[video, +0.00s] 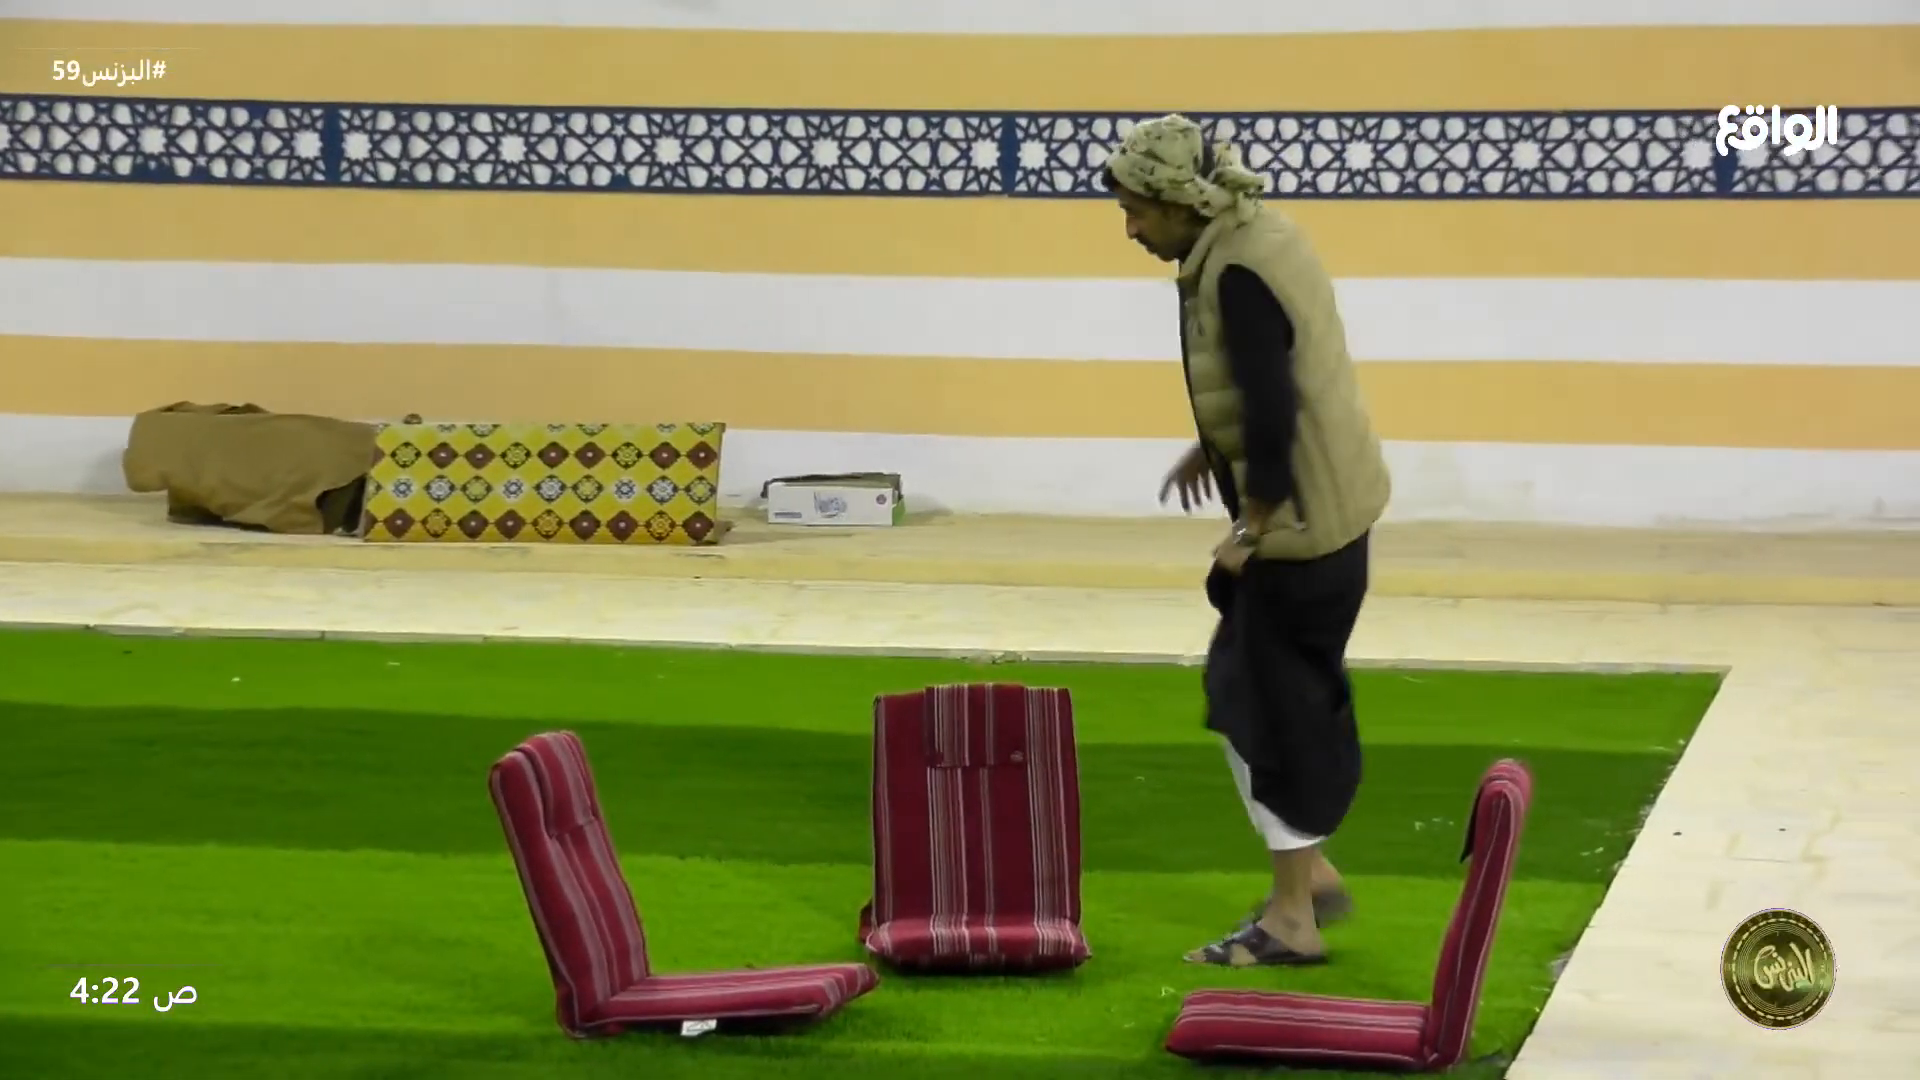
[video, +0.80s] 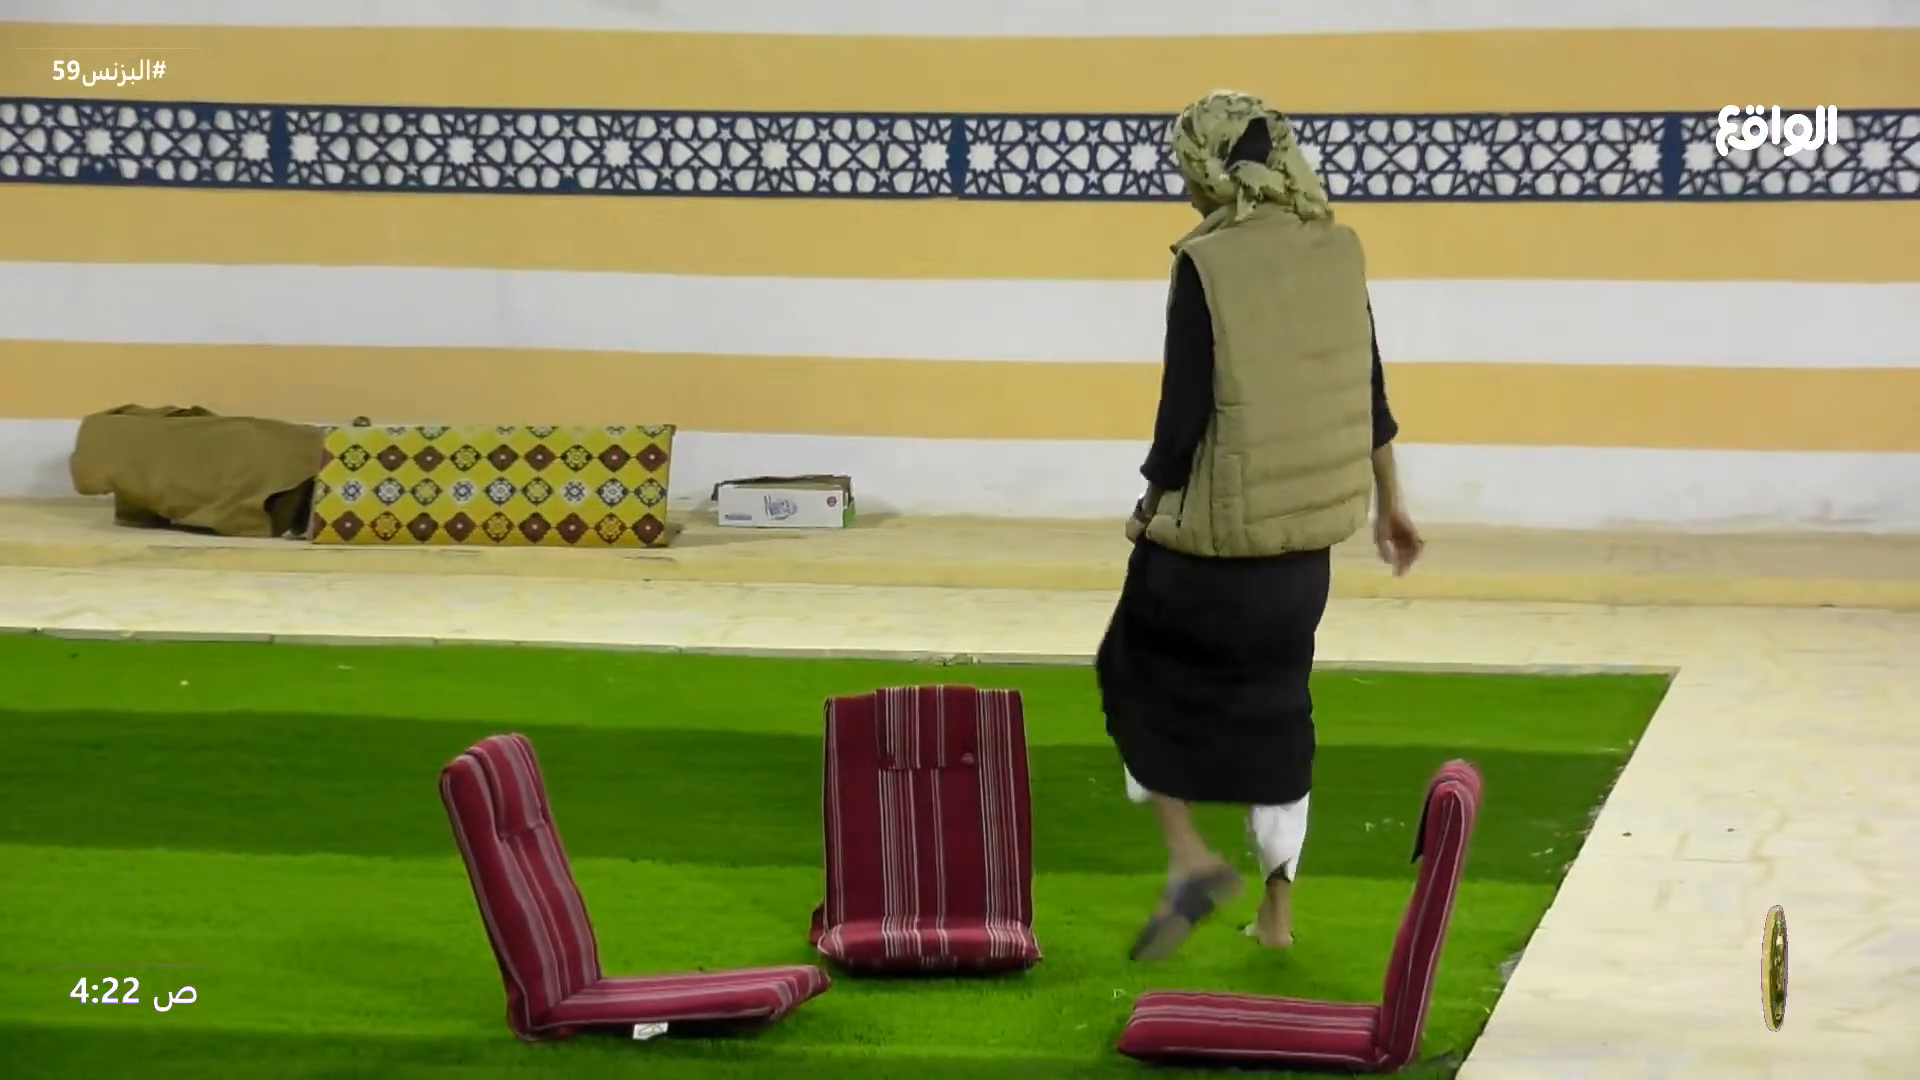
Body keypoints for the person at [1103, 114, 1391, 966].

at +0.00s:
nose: (1130, 230)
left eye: (1134, 213)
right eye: (1126, 215)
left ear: (1177, 198)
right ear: (1187, 196)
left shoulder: (1236, 271)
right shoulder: (1253, 239)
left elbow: (1272, 402)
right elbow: (1265, 374)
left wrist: (1252, 523)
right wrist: (1215, 443)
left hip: (1304, 534)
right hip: (1312, 515)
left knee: (1267, 706)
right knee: (1239, 686)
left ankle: (1292, 917)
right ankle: (1310, 873)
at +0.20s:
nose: (1128, 200)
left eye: (1128, 184)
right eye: (1123, 185)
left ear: (1160, 179)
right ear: (1210, 157)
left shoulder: (1196, 262)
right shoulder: (1284, 221)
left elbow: (1205, 409)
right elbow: (1290, 353)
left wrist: (1193, 504)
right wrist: (1199, 412)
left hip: (1252, 511)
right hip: (1322, 483)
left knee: (1253, 696)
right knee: (1241, 643)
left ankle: (1270, 920)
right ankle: (1246, 799)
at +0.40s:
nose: (1139, 183)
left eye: (1142, 166)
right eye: (1138, 166)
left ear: (1169, 165)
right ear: (1229, 150)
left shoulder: (1183, 258)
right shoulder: (1298, 231)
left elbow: (1180, 403)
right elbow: (1334, 367)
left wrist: (1160, 501)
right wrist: (1298, 456)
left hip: (1221, 520)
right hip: (1297, 501)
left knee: (1231, 704)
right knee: (1272, 640)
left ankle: (1255, 919)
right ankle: (1271, 793)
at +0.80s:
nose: (1183, 180)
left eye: (1188, 165)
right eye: (1184, 164)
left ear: (1208, 169)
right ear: (1280, 154)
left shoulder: (1205, 260)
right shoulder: (1337, 249)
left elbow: (1187, 401)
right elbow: (1371, 387)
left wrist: (1154, 499)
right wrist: (1390, 500)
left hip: (1210, 537)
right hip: (1307, 535)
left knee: (1129, 670)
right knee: (1282, 704)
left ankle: (1188, 857)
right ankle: (1277, 917)